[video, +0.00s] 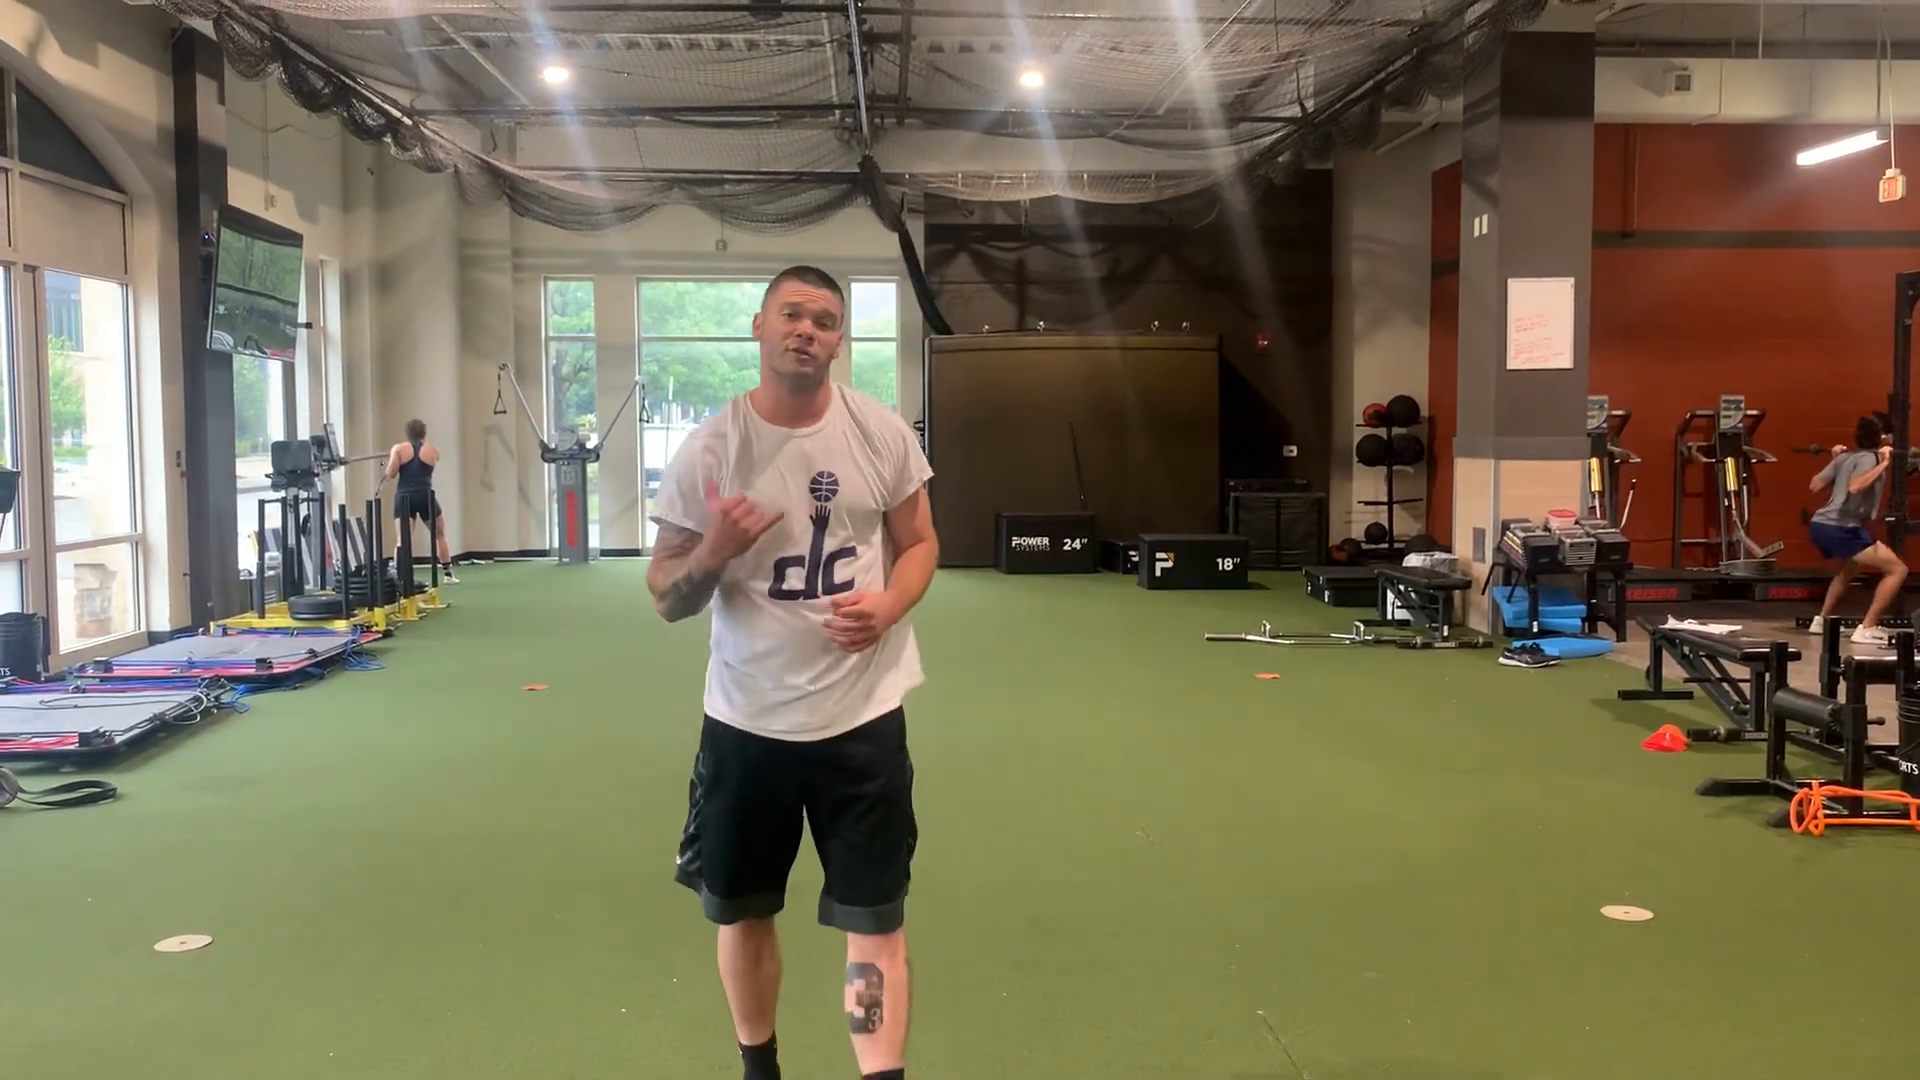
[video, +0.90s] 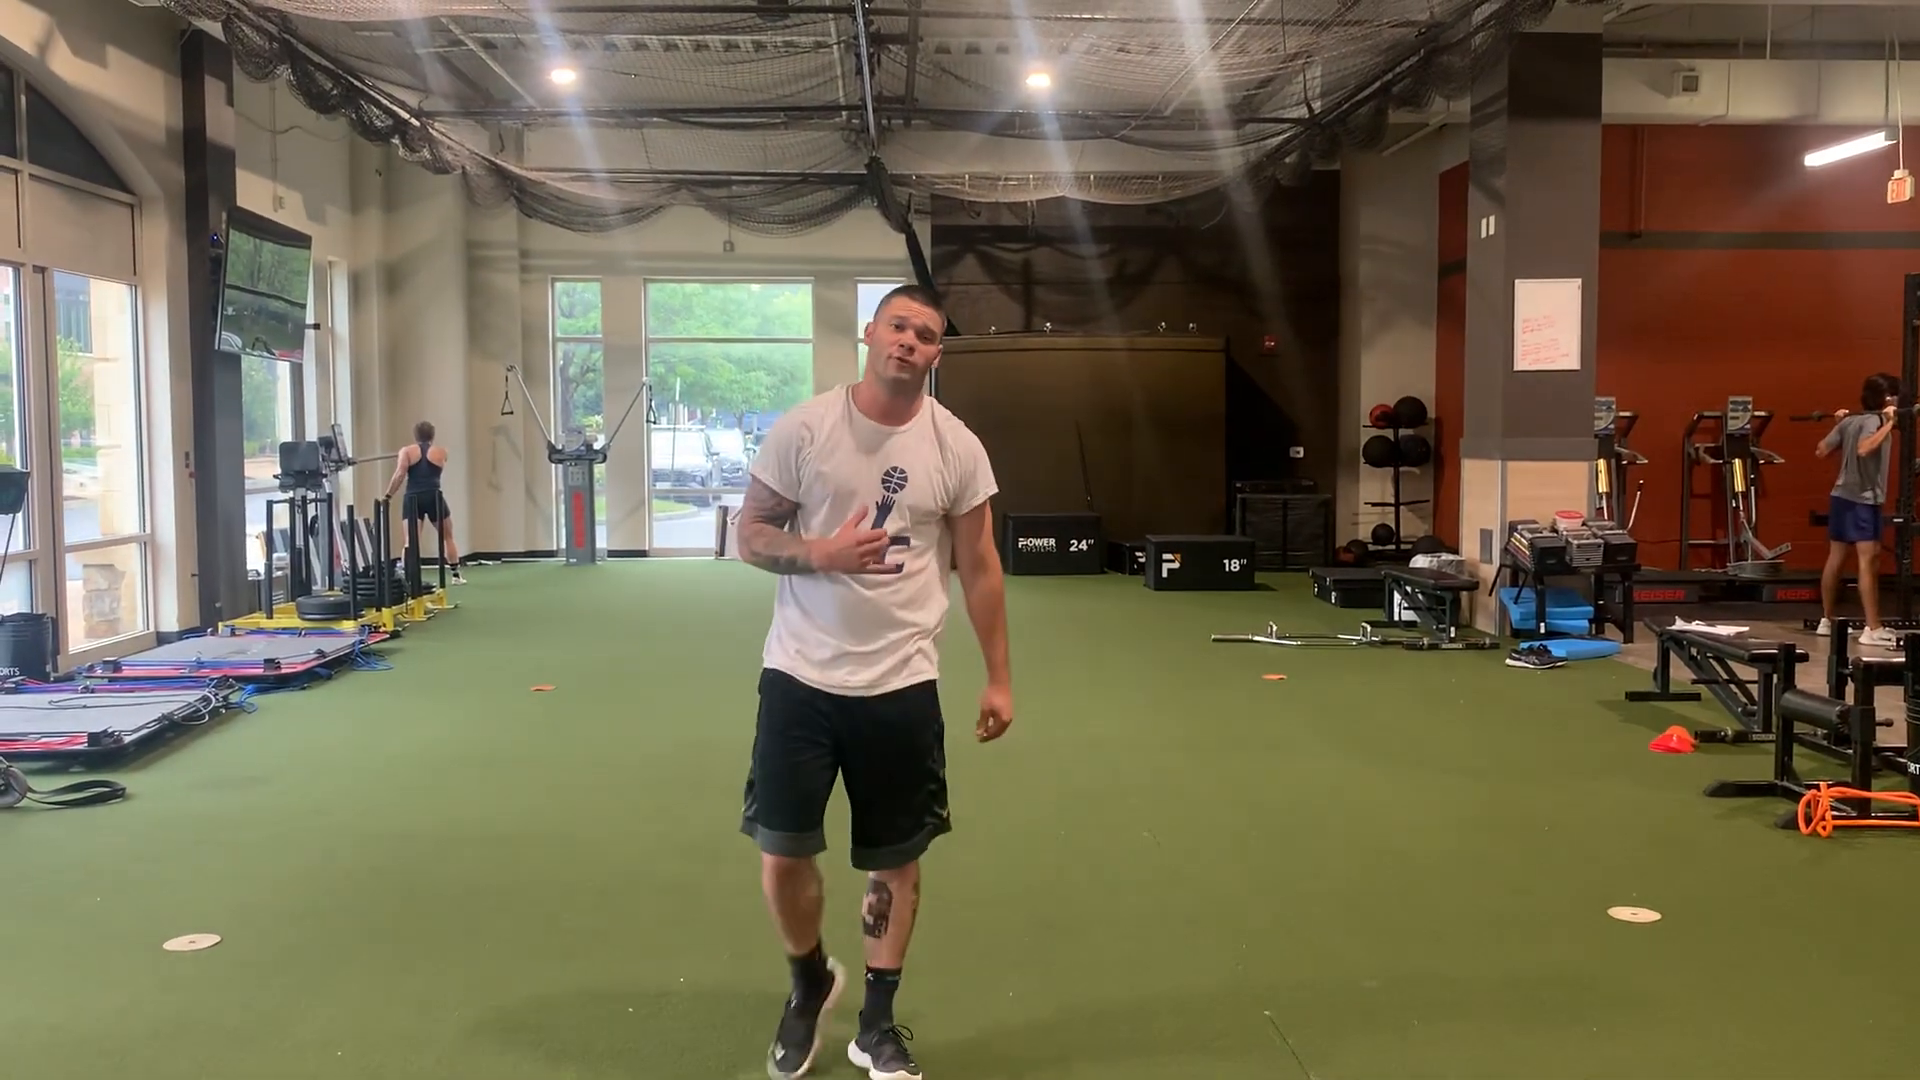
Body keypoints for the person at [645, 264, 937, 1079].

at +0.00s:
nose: (807, 328)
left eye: (825, 320)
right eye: (792, 313)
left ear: (843, 344)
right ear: (758, 328)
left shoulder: (884, 434)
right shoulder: (709, 448)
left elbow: (919, 543)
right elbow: (667, 598)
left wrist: (890, 605)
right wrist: (713, 551)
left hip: (864, 713)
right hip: (750, 717)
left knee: (875, 914)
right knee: (743, 908)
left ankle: (883, 1079)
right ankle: (759, 1070)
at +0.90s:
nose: (911, 342)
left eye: (927, 336)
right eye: (900, 326)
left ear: (939, 358)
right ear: (868, 335)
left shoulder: (957, 449)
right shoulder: (802, 430)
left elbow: (979, 566)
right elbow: (748, 536)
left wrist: (998, 678)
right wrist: (820, 553)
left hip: (900, 684)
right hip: (799, 676)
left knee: (893, 857)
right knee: (783, 851)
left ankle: (877, 1024)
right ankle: (809, 980)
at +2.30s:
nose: (976, 333)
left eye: (990, 327)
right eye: (965, 317)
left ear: (1000, 351)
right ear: (932, 327)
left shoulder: (1020, 434)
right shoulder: (874, 425)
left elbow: (1040, 532)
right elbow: (836, 543)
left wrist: (1047, 559)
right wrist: (830, 539)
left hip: (990, 674)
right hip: (890, 674)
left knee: (998, 847)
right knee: (881, 835)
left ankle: (991, 1020)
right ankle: (878, 960)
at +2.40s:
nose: (990, 332)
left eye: (1004, 325)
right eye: (978, 316)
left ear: (1013, 347)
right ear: (942, 326)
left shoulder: (1033, 432)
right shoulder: (888, 424)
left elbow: (1057, 536)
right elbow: (839, 537)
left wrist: (1076, 558)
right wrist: (885, 535)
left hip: (1002, 676)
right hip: (900, 675)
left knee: (1005, 847)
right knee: (885, 840)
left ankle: (992, 1020)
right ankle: (877, 954)